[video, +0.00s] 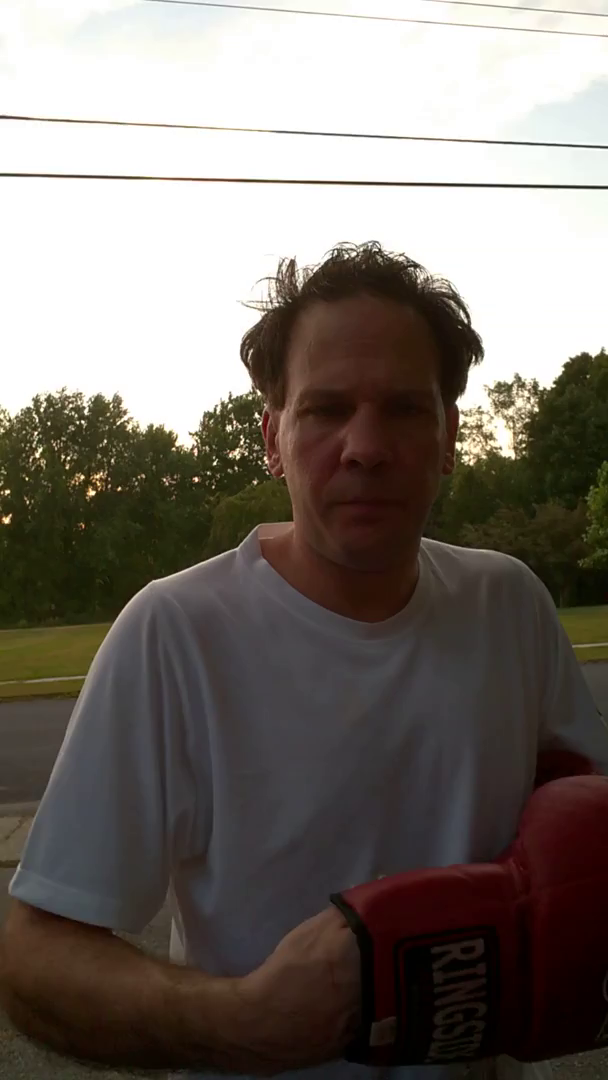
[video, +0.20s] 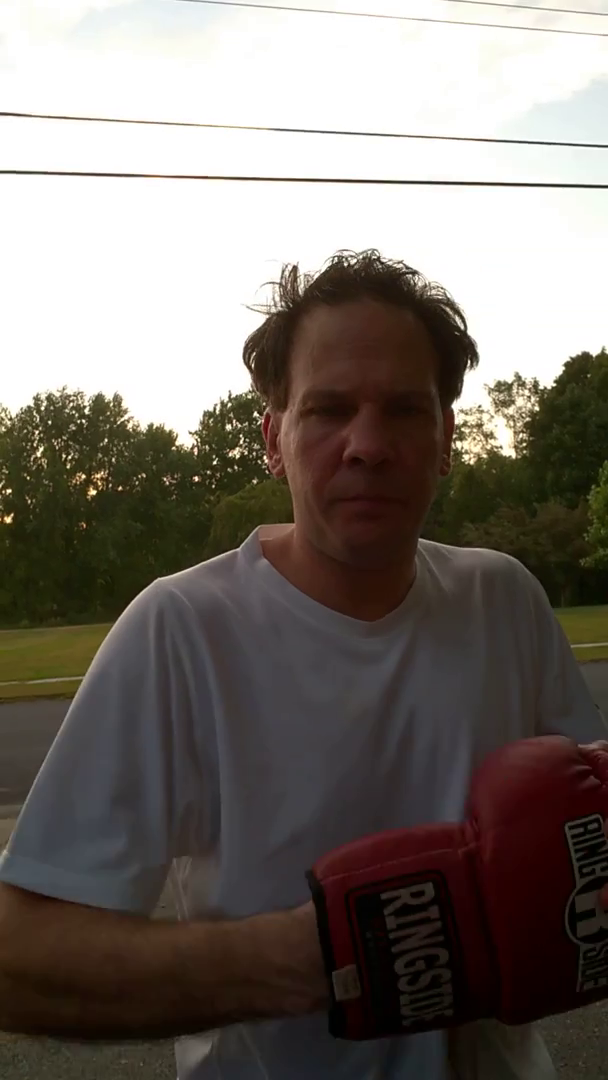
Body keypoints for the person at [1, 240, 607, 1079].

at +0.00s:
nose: (365, 448)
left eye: (403, 409)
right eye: (327, 410)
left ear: (448, 438)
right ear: (273, 438)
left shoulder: (508, 605)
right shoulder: (172, 633)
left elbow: (589, 805)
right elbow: (30, 952)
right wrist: (240, 1019)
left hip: (482, 1059)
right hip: (271, 1067)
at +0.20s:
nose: (368, 447)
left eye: (404, 409)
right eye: (330, 410)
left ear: (447, 441)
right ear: (275, 440)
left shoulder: (504, 601)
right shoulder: (179, 630)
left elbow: (591, 815)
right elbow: (21, 950)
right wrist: (317, 954)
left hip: (495, 1057)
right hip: (266, 1065)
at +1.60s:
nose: (346, 450)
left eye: (382, 405)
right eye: (304, 412)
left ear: (433, 425)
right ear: (254, 442)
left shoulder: (536, 595)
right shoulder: (169, 655)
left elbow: (606, 825)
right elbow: (62, 984)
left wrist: (574, 956)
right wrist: (261, 1004)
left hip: (532, 1058)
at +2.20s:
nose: (310, 466)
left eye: (348, 413)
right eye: (265, 425)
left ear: (406, 423)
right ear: (216, 452)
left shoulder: (524, 590)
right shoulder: (139, 676)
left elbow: (597, 830)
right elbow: (65, 979)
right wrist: (165, 1066)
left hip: (531, 1060)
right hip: (276, 1070)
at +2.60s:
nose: (314, 460)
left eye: (354, 408)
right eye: (269, 417)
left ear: (410, 419)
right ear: (217, 445)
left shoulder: (524, 596)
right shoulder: (130, 679)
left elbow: (605, 841)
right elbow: (64, 979)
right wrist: (89, 1065)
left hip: (513, 1054)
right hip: (258, 1067)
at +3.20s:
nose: (296, 452)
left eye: (337, 400)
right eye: (254, 413)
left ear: (403, 416)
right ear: (213, 446)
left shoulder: (522, 596)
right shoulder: (134, 675)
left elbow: (599, 819)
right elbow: (70, 989)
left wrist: (597, 896)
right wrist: (177, 1077)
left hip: (534, 1049)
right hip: (255, 1064)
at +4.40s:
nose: (279, 457)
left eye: (318, 402)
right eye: (235, 419)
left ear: (385, 419)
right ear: (199, 457)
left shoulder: (513, 598)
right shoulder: (126, 667)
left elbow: (604, 802)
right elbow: (58, 966)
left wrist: (601, 921)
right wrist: (144, 1025)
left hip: (521, 1064)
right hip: (260, 1068)